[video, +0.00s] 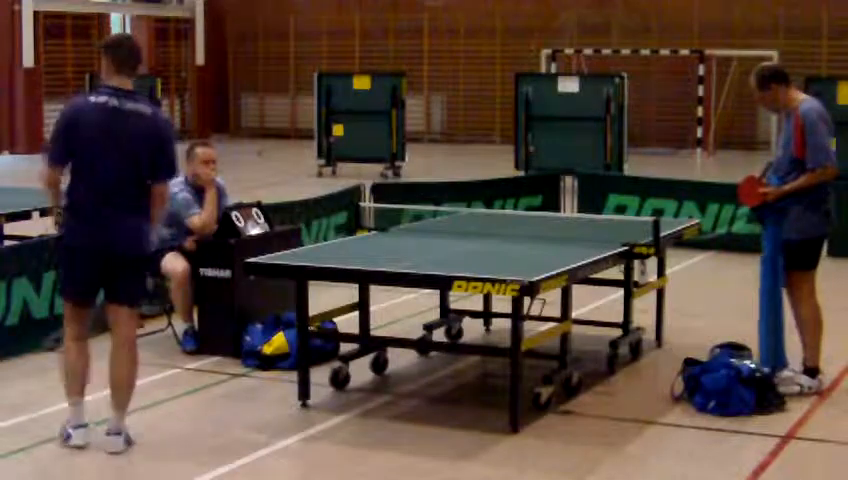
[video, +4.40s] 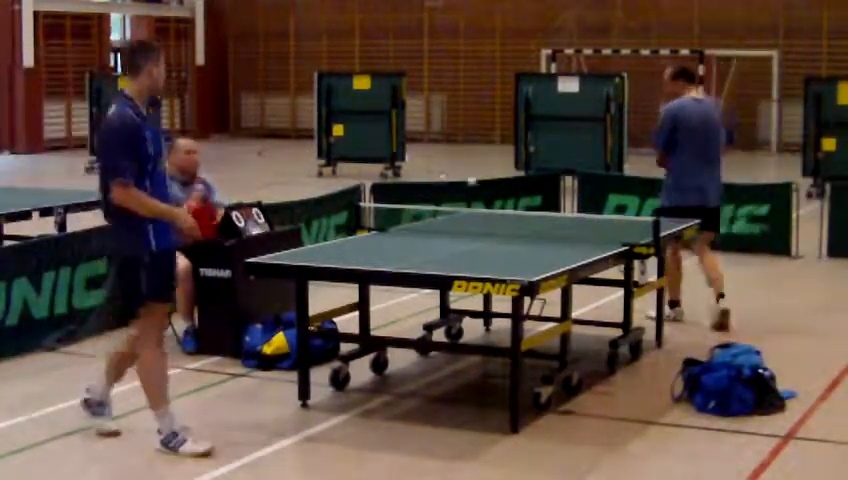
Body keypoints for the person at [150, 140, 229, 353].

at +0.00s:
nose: (211, 169)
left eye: (214, 163)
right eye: (205, 163)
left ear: (217, 164)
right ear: (190, 166)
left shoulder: (218, 187)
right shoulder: (177, 190)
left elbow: (221, 222)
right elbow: (203, 226)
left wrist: (198, 237)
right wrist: (211, 190)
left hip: (200, 239)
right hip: (168, 242)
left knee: (227, 261)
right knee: (180, 270)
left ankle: (223, 319)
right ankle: (188, 326)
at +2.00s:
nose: (212, 168)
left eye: (214, 163)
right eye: (205, 163)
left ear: (217, 164)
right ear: (190, 166)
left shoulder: (217, 187)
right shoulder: (178, 192)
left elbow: (224, 223)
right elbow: (204, 227)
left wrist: (197, 238)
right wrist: (211, 189)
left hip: (199, 241)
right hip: (166, 245)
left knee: (227, 262)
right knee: (181, 270)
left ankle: (223, 321)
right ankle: (189, 328)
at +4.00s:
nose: (207, 166)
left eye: (210, 161)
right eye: (202, 161)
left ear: (214, 165)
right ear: (187, 164)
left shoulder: (214, 188)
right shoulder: (171, 191)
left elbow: (224, 224)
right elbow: (195, 225)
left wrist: (199, 236)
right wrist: (205, 189)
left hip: (198, 241)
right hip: (165, 243)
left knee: (227, 260)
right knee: (183, 267)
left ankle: (222, 321)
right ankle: (188, 326)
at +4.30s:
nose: (199, 161)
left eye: (201, 155)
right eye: (193, 155)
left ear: (204, 160)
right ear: (176, 159)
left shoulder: (207, 185)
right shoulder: (163, 188)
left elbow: (222, 217)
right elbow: (165, 228)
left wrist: (201, 234)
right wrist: (193, 195)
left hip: (200, 241)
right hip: (169, 243)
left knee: (225, 260)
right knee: (182, 267)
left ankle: (222, 320)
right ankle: (188, 325)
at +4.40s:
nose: (194, 159)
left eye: (195, 153)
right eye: (187, 153)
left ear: (199, 158)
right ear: (171, 158)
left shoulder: (202, 184)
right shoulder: (163, 185)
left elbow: (219, 207)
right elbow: (165, 216)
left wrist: (217, 220)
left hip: (202, 240)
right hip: (173, 244)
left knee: (225, 262)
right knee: (184, 267)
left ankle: (222, 319)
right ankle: (188, 325)